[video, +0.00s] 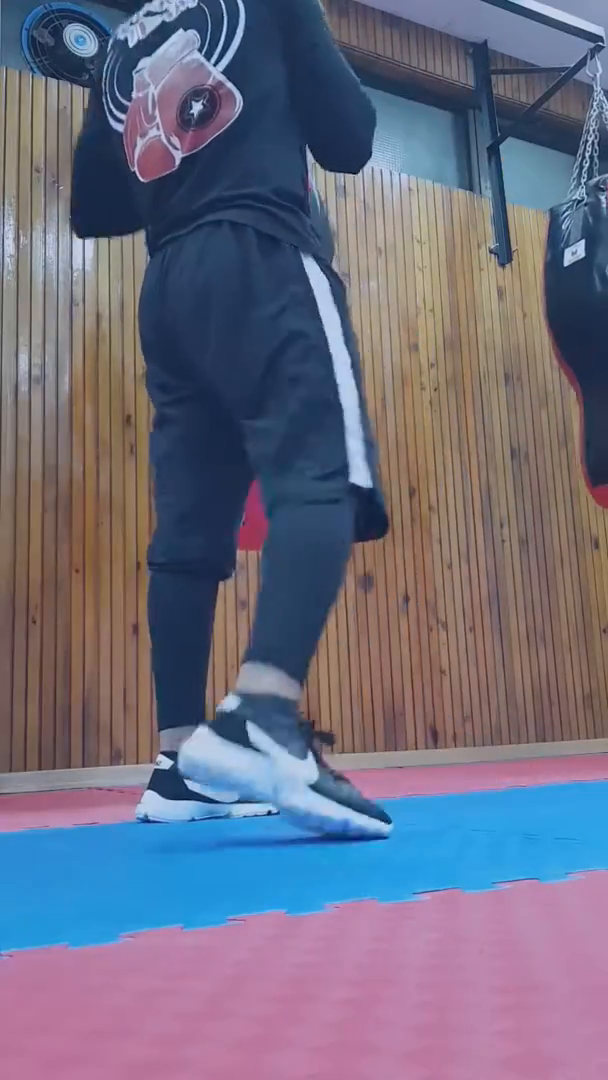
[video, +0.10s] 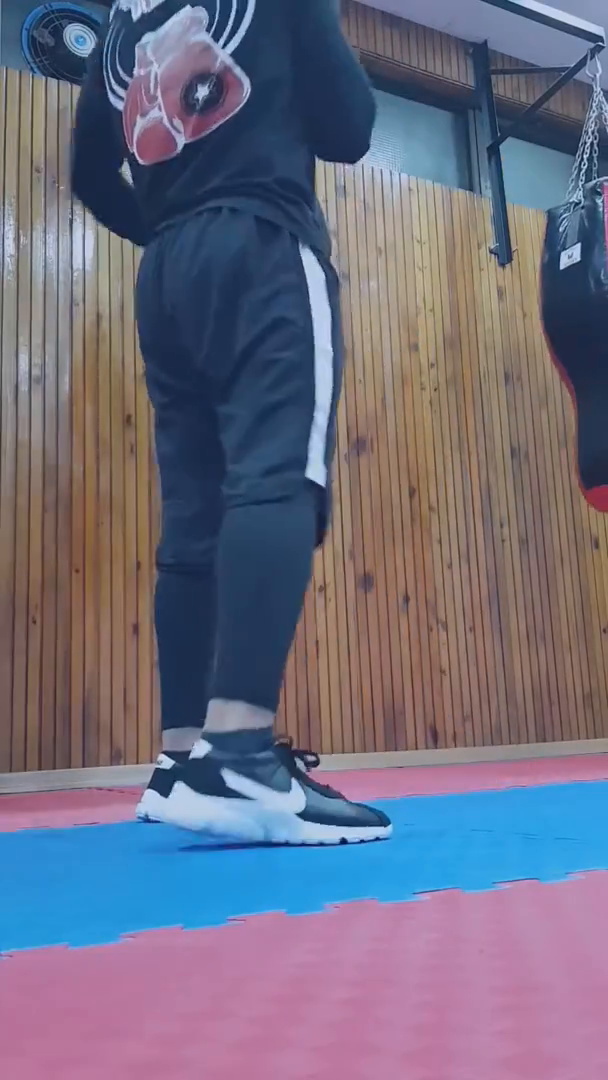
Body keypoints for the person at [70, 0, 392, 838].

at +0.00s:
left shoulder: (121, 53)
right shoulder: (273, 4)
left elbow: (93, 208)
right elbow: (347, 140)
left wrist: (197, 160)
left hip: (166, 278)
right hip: (260, 254)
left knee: (186, 527)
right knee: (316, 491)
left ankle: (181, 761)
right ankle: (267, 713)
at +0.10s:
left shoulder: (122, 27)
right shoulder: (287, 1)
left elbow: (92, 174)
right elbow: (346, 128)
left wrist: (172, 232)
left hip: (164, 257)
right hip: (259, 240)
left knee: (192, 508)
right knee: (274, 486)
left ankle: (188, 757)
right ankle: (240, 751)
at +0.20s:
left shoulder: (147, 17)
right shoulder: (304, 1)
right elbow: (371, 110)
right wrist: (269, 81)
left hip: (154, 237)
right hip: (256, 217)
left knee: (178, 504)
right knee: (250, 478)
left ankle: (184, 766)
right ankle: (235, 763)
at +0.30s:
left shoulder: (145, 13)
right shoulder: (296, 0)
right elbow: (389, 89)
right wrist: (285, 47)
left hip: (143, 202)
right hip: (245, 183)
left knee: (168, 486)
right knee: (240, 467)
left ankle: (184, 766)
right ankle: (230, 766)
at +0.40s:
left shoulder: (145, 10)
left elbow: (82, 130)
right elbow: (372, 81)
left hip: (135, 193)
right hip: (233, 175)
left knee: (171, 482)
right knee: (237, 464)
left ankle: (169, 760)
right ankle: (232, 771)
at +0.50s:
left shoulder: (133, 7)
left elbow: (88, 119)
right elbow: (352, 80)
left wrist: (91, 39)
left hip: (134, 189)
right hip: (237, 174)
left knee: (170, 484)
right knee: (244, 467)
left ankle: (134, 755)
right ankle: (231, 771)